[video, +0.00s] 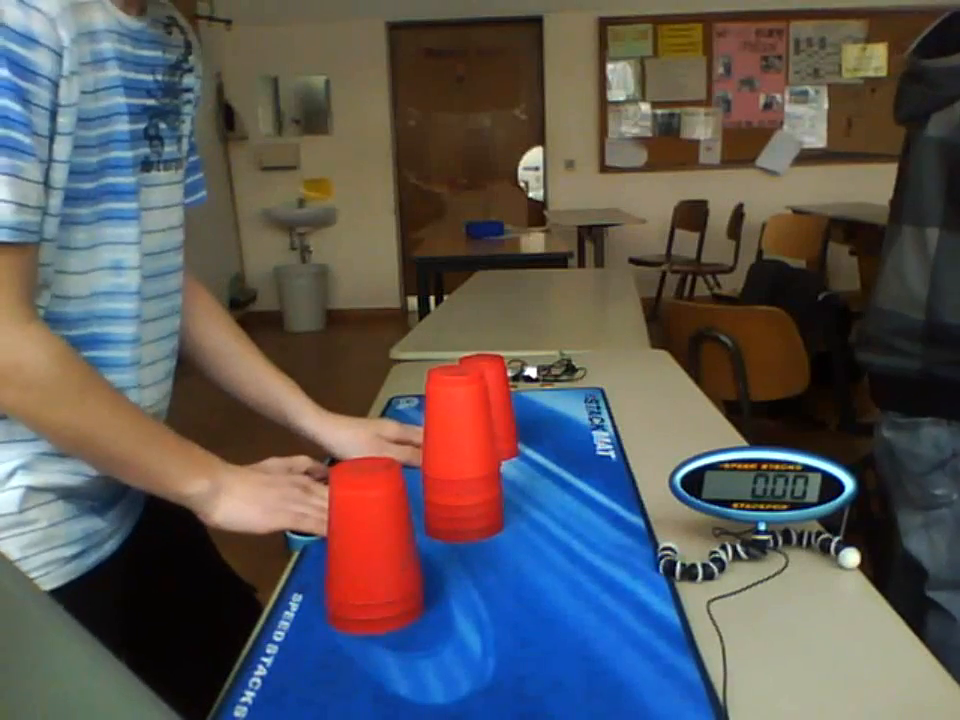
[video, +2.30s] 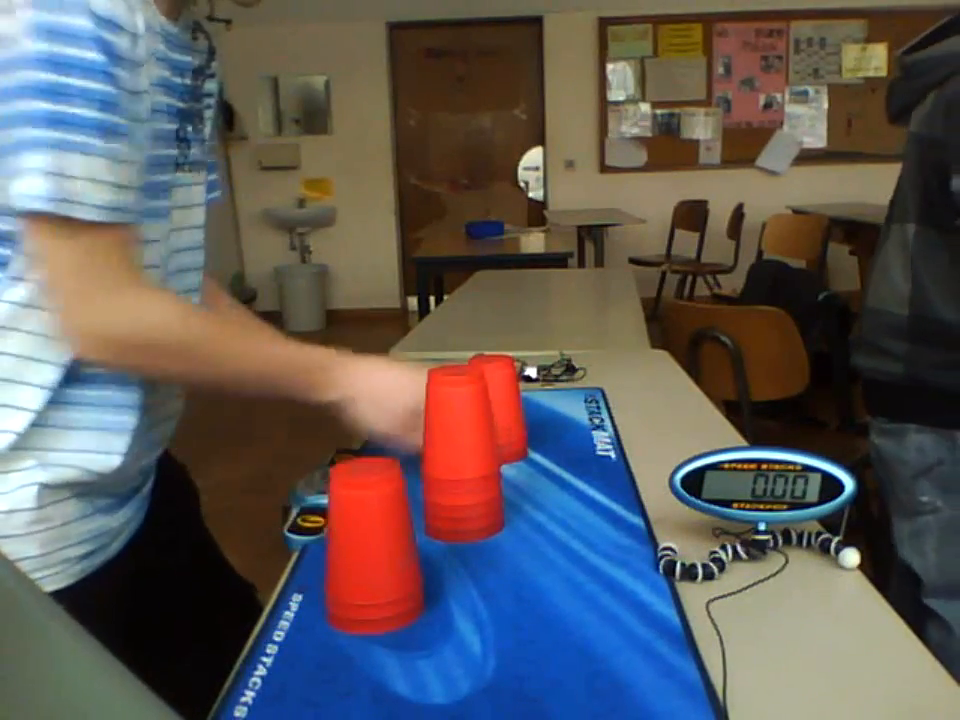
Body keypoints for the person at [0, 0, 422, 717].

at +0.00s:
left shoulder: (172, 45)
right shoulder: (29, 25)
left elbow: (164, 279)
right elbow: (4, 332)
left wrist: (318, 421)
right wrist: (210, 482)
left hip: (139, 511)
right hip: (37, 553)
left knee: (275, 686)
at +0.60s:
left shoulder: (183, 42)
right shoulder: (54, 18)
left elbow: (165, 271)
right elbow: (19, 296)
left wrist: (310, 411)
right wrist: (251, 435)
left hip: (145, 499)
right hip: (43, 550)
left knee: (262, 680)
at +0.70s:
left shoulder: (178, 36)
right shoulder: (64, 18)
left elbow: (169, 279)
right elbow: (102, 312)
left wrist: (341, 388)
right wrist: (343, 394)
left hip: (137, 487)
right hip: (41, 539)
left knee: (265, 684)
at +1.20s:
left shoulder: (216, 27)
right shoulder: (98, 14)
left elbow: (186, 248)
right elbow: (10, 272)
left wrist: (349, 332)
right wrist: (231, 435)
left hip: (175, 498)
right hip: (58, 550)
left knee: (281, 688)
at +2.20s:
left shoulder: (192, 47)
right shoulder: (48, 20)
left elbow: (172, 276)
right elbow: (20, 305)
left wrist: (317, 414)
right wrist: (246, 438)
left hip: (144, 500)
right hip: (41, 552)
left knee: (261, 678)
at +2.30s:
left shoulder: (182, 42)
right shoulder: (63, 20)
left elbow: (174, 276)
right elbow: (98, 313)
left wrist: (335, 383)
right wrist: (349, 381)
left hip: (135, 487)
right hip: (41, 535)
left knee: (255, 675)